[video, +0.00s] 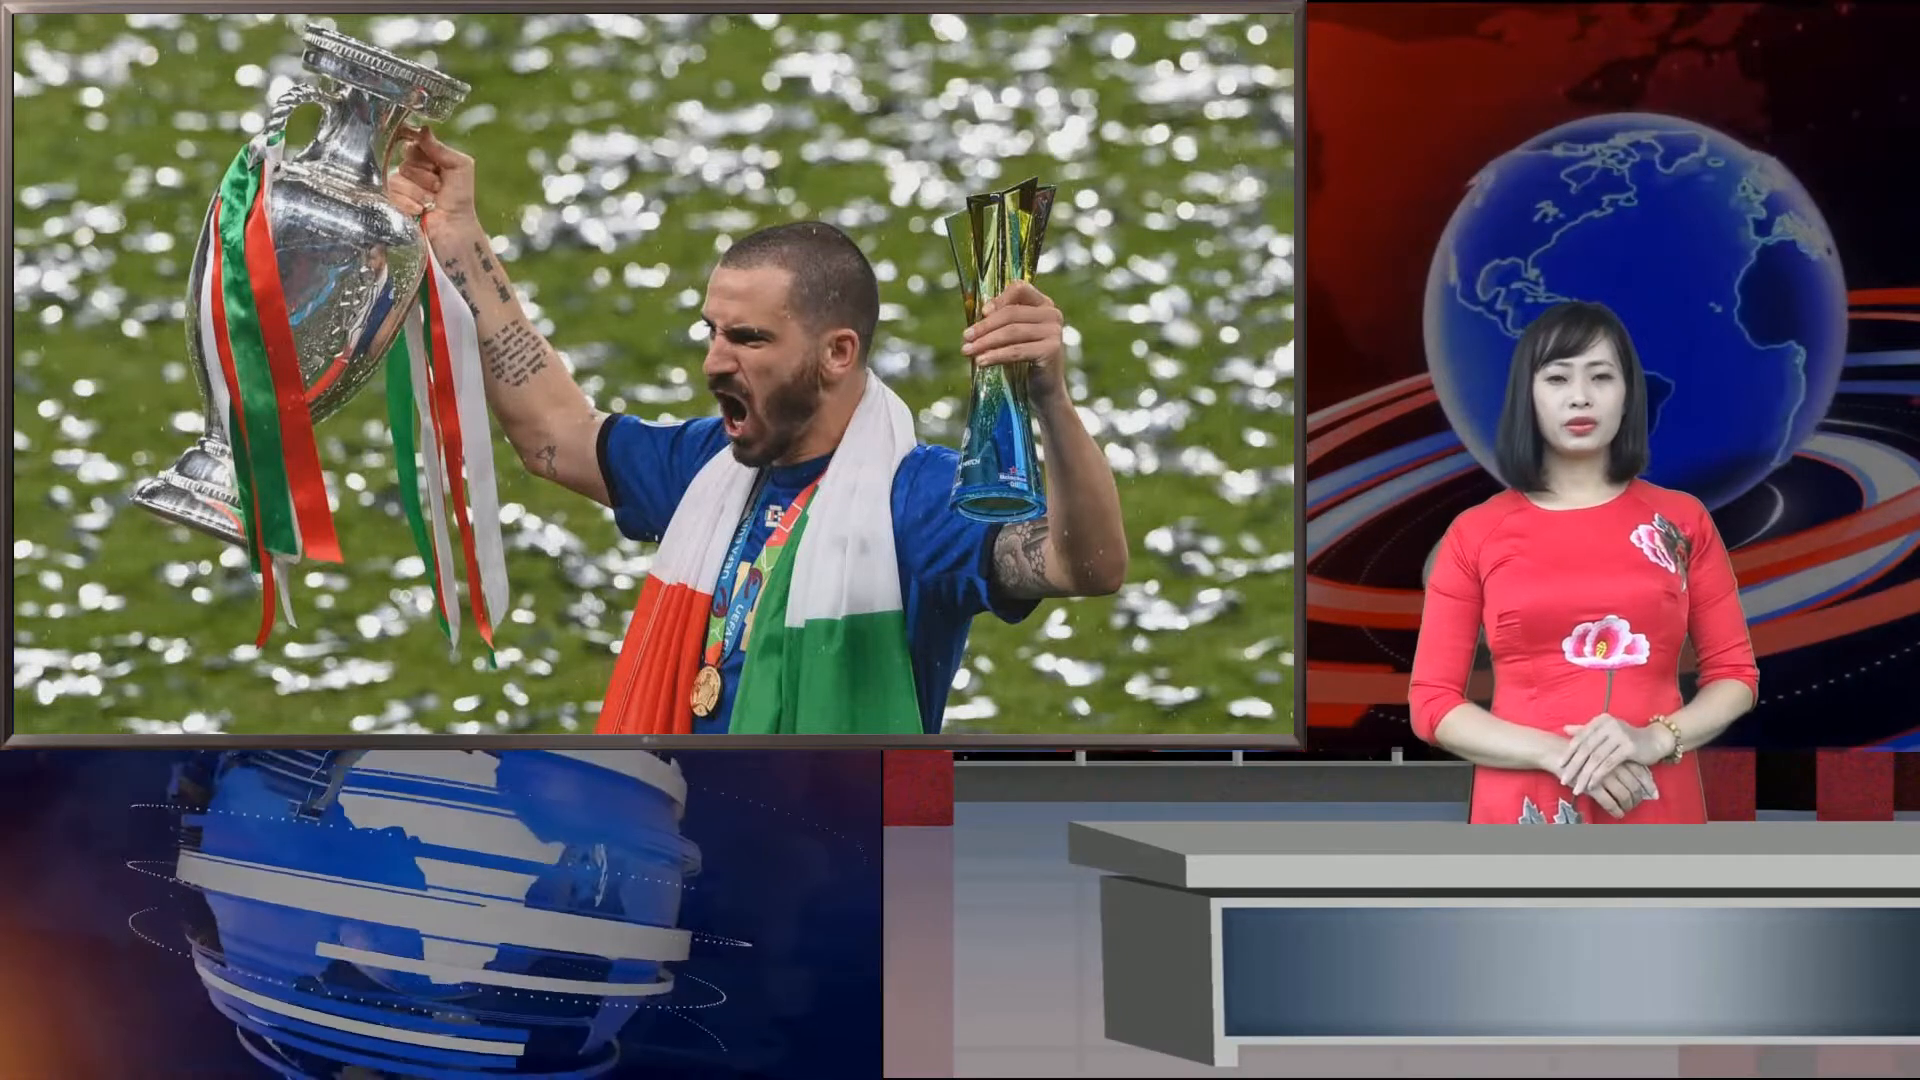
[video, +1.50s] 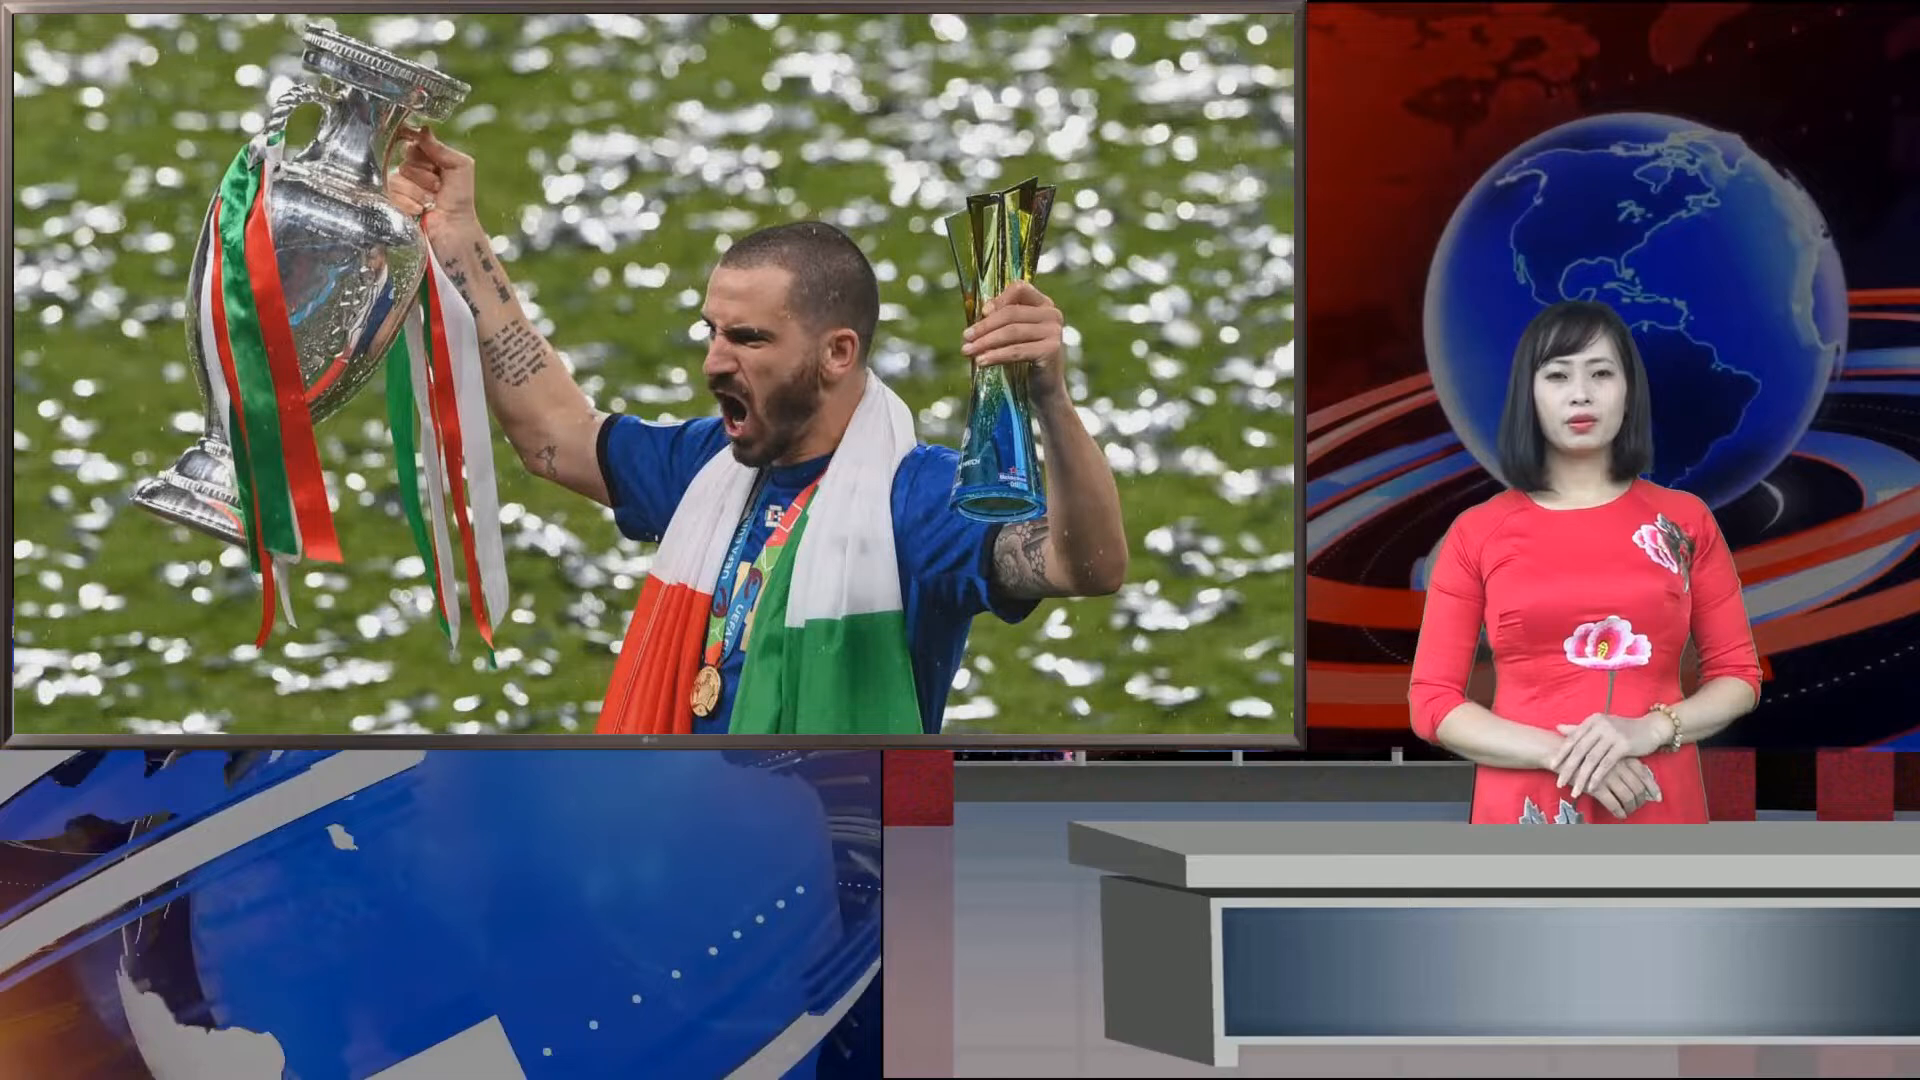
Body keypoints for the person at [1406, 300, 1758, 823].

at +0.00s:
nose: (1580, 396)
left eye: (1601, 377)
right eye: (1557, 378)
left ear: (1627, 394)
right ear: (1528, 395)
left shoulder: (1681, 522)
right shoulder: (1476, 535)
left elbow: (1735, 678)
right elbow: (1432, 704)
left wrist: (1654, 738)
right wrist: (1560, 752)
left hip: (1660, 823)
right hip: (1520, 824)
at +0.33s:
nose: (1582, 396)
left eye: (1603, 376)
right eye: (1560, 377)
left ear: (1629, 393)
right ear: (1530, 394)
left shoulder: (1683, 521)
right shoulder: (1477, 536)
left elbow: (1736, 678)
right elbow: (1434, 702)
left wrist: (1656, 734)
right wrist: (1561, 752)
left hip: (1663, 824)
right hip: (1522, 825)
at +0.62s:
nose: (1582, 393)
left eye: (1603, 374)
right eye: (1560, 376)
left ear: (1631, 392)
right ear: (1532, 394)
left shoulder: (1685, 520)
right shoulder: (1478, 535)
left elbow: (1740, 676)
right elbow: (1435, 701)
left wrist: (1666, 706)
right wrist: (1558, 752)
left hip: (1663, 823)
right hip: (1524, 823)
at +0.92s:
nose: (1581, 392)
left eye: (1602, 372)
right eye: (1559, 375)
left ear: (1630, 391)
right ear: (1531, 393)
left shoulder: (1685, 521)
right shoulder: (1479, 534)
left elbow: (1740, 679)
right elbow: (1434, 701)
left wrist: (1652, 708)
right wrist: (1557, 752)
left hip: (1663, 823)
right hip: (1523, 823)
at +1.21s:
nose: (1580, 392)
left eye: (1600, 374)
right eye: (1558, 376)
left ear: (1628, 392)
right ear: (1530, 393)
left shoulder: (1684, 520)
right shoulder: (1478, 534)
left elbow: (1739, 678)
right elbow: (1434, 701)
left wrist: (1651, 726)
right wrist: (1564, 751)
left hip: (1662, 823)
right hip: (1522, 824)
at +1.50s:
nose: (1580, 394)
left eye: (1601, 374)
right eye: (1558, 375)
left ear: (1628, 391)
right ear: (1530, 393)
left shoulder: (1684, 521)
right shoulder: (1479, 533)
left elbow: (1738, 679)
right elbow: (1432, 702)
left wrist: (1650, 728)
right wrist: (1567, 753)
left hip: (1662, 823)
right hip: (1521, 824)